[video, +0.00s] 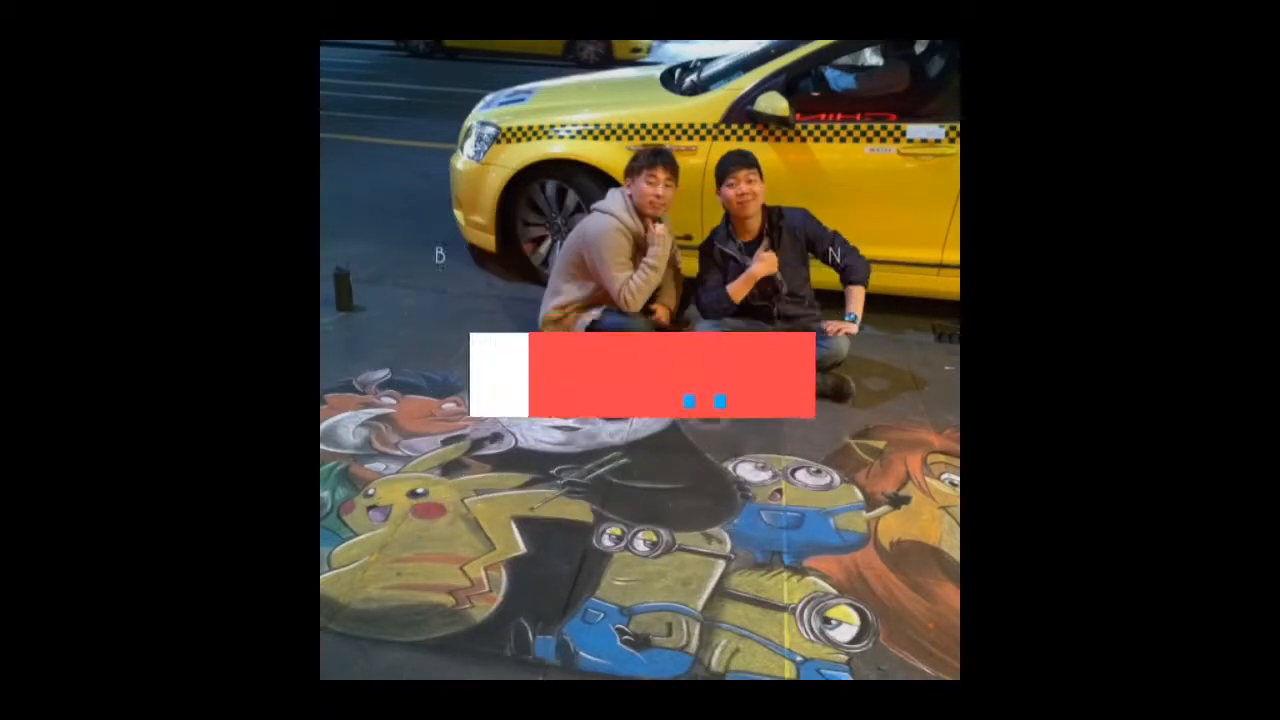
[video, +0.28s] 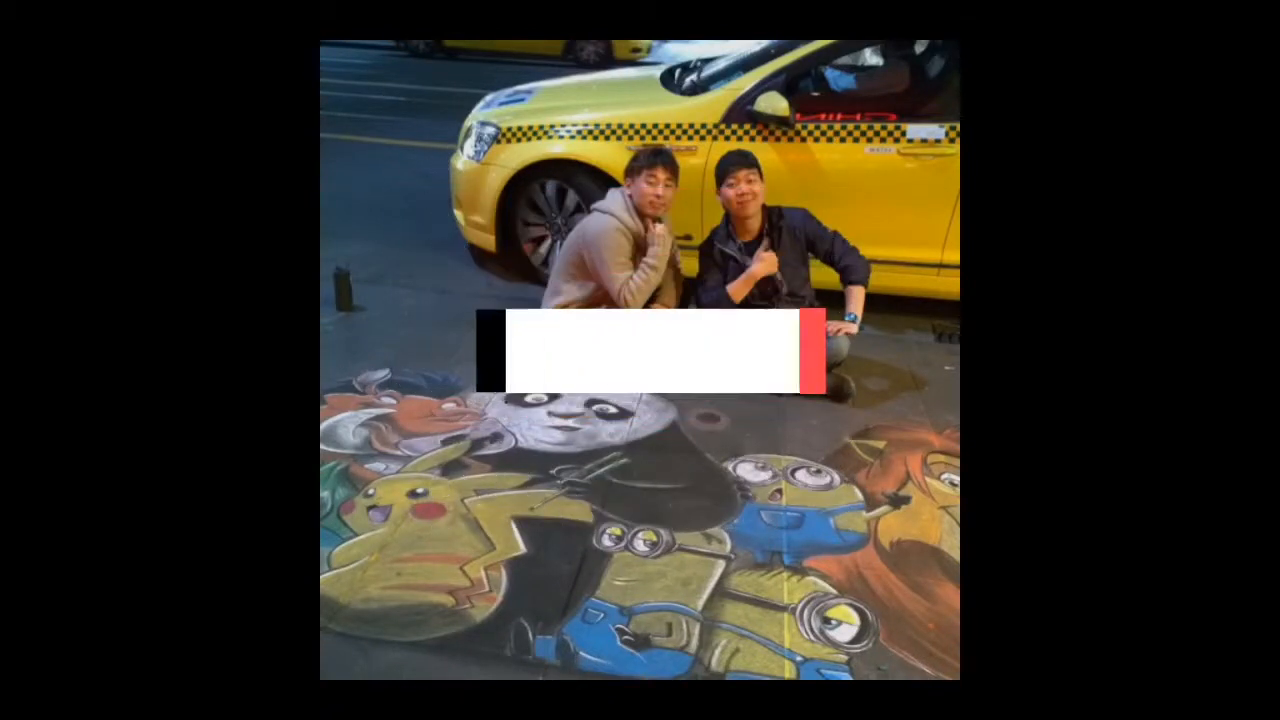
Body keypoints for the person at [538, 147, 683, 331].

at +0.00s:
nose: (660, 193)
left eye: (668, 186)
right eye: (651, 183)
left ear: (675, 192)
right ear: (629, 184)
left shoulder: (655, 222)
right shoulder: (606, 227)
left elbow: (670, 270)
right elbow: (629, 302)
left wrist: (665, 305)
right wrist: (658, 252)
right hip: (570, 317)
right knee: (640, 327)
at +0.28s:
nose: (660, 193)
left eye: (668, 185)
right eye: (651, 183)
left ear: (675, 191)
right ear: (629, 185)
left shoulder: (655, 219)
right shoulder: (605, 228)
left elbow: (670, 269)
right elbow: (629, 300)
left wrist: (663, 306)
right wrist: (658, 251)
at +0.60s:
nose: (660, 193)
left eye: (668, 185)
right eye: (651, 182)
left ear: (674, 192)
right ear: (629, 184)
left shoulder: (656, 219)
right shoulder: (605, 227)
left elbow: (669, 266)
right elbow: (628, 301)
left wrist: (664, 304)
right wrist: (657, 252)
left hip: (605, 308)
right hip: (566, 320)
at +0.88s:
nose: (660, 193)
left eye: (668, 185)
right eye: (651, 182)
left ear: (675, 192)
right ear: (629, 184)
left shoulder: (656, 222)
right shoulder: (605, 227)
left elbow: (670, 268)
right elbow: (629, 300)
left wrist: (665, 304)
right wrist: (658, 250)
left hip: (608, 307)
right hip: (567, 319)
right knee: (638, 328)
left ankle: (632, 348)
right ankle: (669, 336)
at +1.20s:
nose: (660, 193)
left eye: (668, 185)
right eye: (651, 182)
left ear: (675, 192)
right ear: (629, 184)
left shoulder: (656, 221)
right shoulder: (605, 227)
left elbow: (670, 269)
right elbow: (629, 300)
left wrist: (665, 304)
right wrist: (658, 250)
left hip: (609, 306)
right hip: (567, 319)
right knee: (638, 328)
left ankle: (631, 346)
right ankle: (669, 336)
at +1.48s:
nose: (660, 193)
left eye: (668, 185)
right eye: (651, 183)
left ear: (675, 192)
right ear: (629, 184)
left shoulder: (656, 220)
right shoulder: (605, 228)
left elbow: (668, 285)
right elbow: (626, 298)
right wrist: (657, 252)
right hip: (565, 323)